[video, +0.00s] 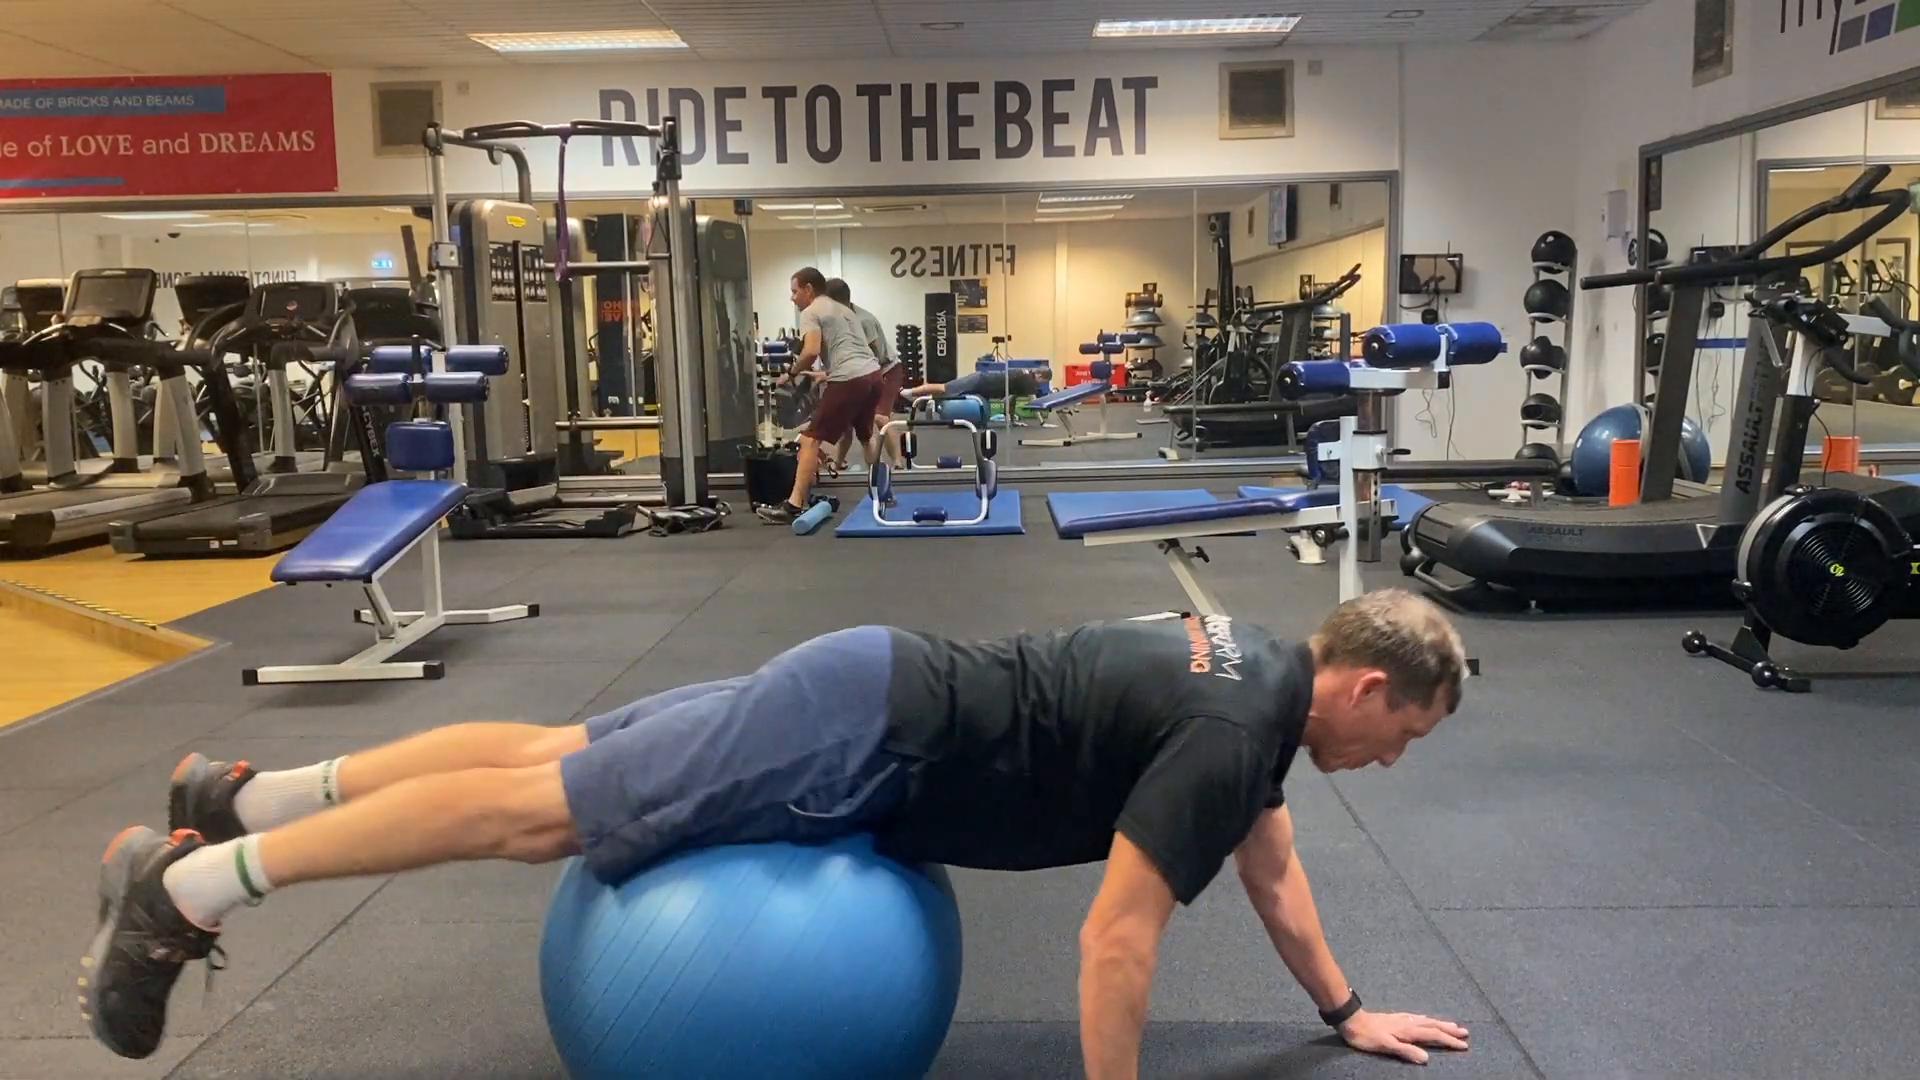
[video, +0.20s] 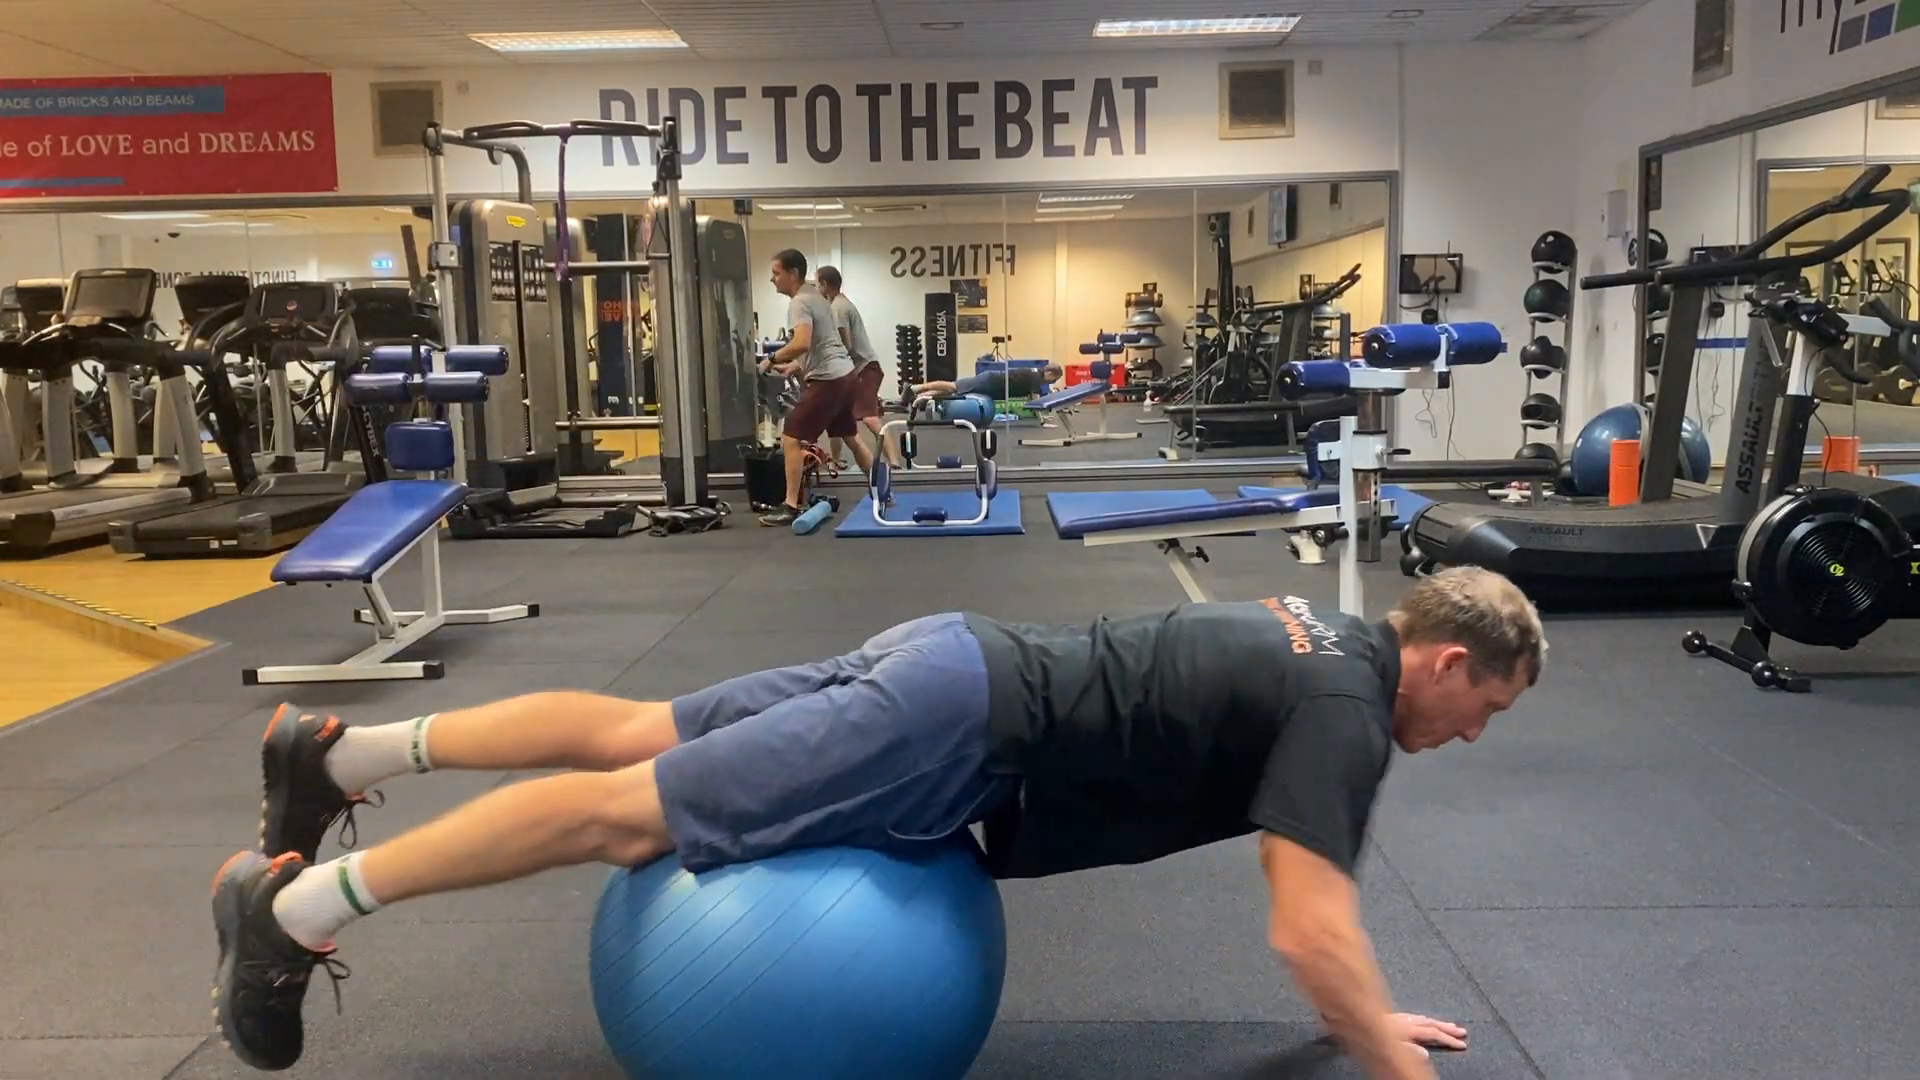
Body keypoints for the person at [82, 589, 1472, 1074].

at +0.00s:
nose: (1406, 750)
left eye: (1418, 732)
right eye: (1413, 731)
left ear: (1359, 668)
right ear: (1368, 694)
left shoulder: (1263, 684)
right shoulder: (1233, 732)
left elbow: (1278, 874)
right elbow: (1113, 943)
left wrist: (1346, 1013)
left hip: (877, 684)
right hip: (867, 728)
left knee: (565, 752)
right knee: (542, 812)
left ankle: (257, 795)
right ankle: (193, 886)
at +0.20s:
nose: (1488, 723)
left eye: (1501, 705)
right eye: (1496, 700)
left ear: (1438, 633)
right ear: (1449, 663)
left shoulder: (1325, 643)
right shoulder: (1339, 705)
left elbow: (1295, 863)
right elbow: (1311, 929)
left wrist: (1356, 992)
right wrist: (1397, 1054)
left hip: (955, 662)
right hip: (955, 718)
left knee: (651, 732)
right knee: (622, 812)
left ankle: (349, 744)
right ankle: (300, 904)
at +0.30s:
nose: (1533, 727)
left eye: (1544, 706)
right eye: (1534, 701)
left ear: (1464, 650)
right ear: (1483, 661)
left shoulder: (1346, 659)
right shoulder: (1401, 723)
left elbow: (1297, 863)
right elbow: (1504, 957)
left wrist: (1342, 1011)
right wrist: (1599, 1076)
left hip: (989, 676)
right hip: (984, 728)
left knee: (689, 720)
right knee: (655, 797)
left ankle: (399, 728)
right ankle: (331, 858)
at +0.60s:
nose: (1721, 726)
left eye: (1728, 703)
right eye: (1728, 704)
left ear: (1641, 652)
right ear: (1678, 685)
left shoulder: (1517, 671)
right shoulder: (1567, 745)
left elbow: (1373, 808)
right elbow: (1614, 998)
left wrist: (1418, 966)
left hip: (1163, 717)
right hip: (1150, 748)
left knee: (836, 740)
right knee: (832, 758)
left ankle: (515, 691)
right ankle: (496, 706)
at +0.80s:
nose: (1767, 771)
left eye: (1781, 753)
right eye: (1784, 750)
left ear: (1721, 666)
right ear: (1753, 704)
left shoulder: (1594, 681)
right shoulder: (1640, 727)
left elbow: (1554, 888)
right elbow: (1630, 970)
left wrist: (1620, 1003)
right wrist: (1659, 1063)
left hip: (1229, 733)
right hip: (1232, 726)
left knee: (913, 769)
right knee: (899, 780)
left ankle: (642, 604)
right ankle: (633, 609)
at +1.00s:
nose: (1782, 803)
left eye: (1803, 794)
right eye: (1799, 781)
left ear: (1756, 676)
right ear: (1778, 726)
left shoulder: (1633, 667)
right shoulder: (1686, 721)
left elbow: (1557, 851)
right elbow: (1645, 984)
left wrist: (1604, 982)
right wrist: (1663, 1062)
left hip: (1291, 548)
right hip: (1302, 589)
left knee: (1014, 702)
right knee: (1006, 772)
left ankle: (797, 491)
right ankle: (757, 563)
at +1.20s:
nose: (1748, 822)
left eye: (1769, 810)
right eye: (1771, 805)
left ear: (1736, 699)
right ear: (1755, 746)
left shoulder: (1618, 667)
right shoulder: (1668, 702)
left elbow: (1573, 846)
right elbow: (1659, 974)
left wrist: (1611, 987)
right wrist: (1671, 1079)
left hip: (1328, 417)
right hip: (1352, 456)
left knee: (1155, 696)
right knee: (1190, 764)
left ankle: (913, 571)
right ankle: (918, 594)